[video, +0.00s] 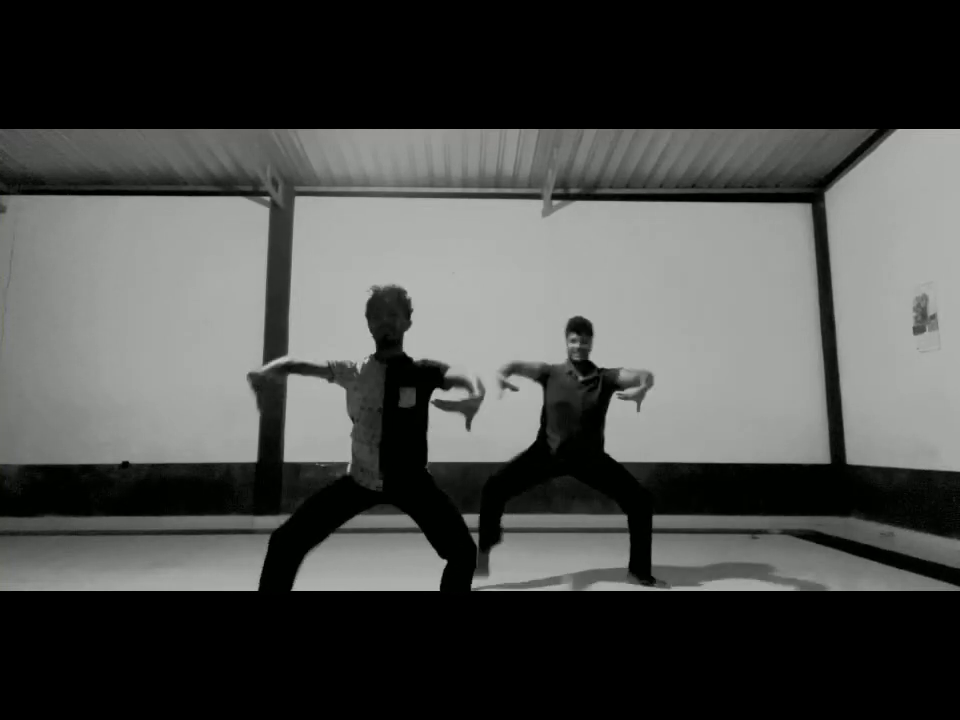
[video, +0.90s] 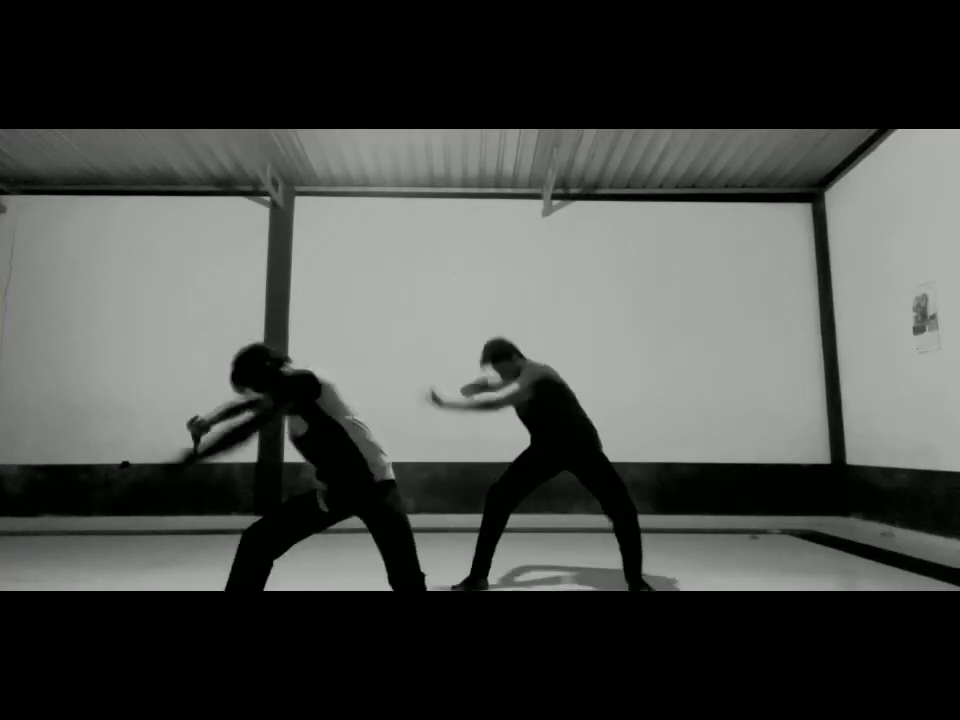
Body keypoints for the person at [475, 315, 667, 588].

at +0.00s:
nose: (579, 346)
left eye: (584, 341)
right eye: (574, 341)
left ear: (592, 343)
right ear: (566, 343)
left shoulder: (605, 377)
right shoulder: (550, 373)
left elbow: (645, 376)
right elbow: (515, 366)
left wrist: (641, 389)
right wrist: (502, 376)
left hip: (590, 458)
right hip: (547, 456)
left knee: (639, 500)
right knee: (495, 487)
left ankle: (640, 572)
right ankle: (483, 554)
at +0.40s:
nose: (543, 343)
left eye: (549, 338)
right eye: (538, 338)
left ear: (559, 339)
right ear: (533, 340)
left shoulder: (578, 368)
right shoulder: (521, 375)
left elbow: (623, 364)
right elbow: (481, 391)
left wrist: (622, 395)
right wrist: (480, 398)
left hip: (578, 450)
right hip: (536, 455)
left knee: (637, 496)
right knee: (492, 502)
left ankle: (648, 564)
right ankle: (477, 576)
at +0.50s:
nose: (543, 345)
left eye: (548, 339)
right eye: (539, 340)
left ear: (562, 341)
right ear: (536, 343)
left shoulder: (584, 371)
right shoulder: (527, 378)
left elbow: (625, 361)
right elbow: (493, 388)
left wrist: (594, 376)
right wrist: (479, 406)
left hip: (584, 456)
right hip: (540, 459)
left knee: (637, 501)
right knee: (492, 502)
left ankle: (651, 579)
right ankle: (478, 577)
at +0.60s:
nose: (538, 344)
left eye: (545, 339)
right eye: (535, 338)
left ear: (559, 343)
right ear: (531, 341)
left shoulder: (574, 371)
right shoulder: (521, 375)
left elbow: (591, 360)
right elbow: (479, 380)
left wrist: (558, 355)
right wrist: (489, 403)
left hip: (582, 457)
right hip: (539, 459)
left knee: (634, 512)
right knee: (490, 503)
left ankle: (654, 582)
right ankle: (478, 577)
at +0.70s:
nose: (524, 340)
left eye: (530, 335)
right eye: (522, 335)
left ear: (543, 341)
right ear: (518, 339)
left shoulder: (558, 366)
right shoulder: (512, 373)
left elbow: (533, 374)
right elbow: (471, 372)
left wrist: (505, 354)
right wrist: (482, 389)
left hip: (577, 451)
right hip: (538, 454)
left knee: (628, 506)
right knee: (490, 500)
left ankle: (651, 572)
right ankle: (478, 576)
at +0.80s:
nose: (505, 346)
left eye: (510, 339)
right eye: (503, 340)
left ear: (525, 343)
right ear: (503, 346)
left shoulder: (538, 366)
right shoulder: (508, 375)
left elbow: (506, 378)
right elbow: (493, 384)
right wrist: (480, 388)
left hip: (577, 450)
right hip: (539, 453)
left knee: (627, 501)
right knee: (494, 496)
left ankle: (644, 571)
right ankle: (478, 575)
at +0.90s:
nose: (496, 374)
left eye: (496, 368)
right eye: (493, 370)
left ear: (508, 360)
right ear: (504, 364)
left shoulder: (537, 373)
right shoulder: (515, 378)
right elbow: (486, 385)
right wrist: (475, 387)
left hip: (579, 451)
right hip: (544, 452)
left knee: (623, 511)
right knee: (499, 498)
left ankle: (635, 581)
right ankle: (477, 578)